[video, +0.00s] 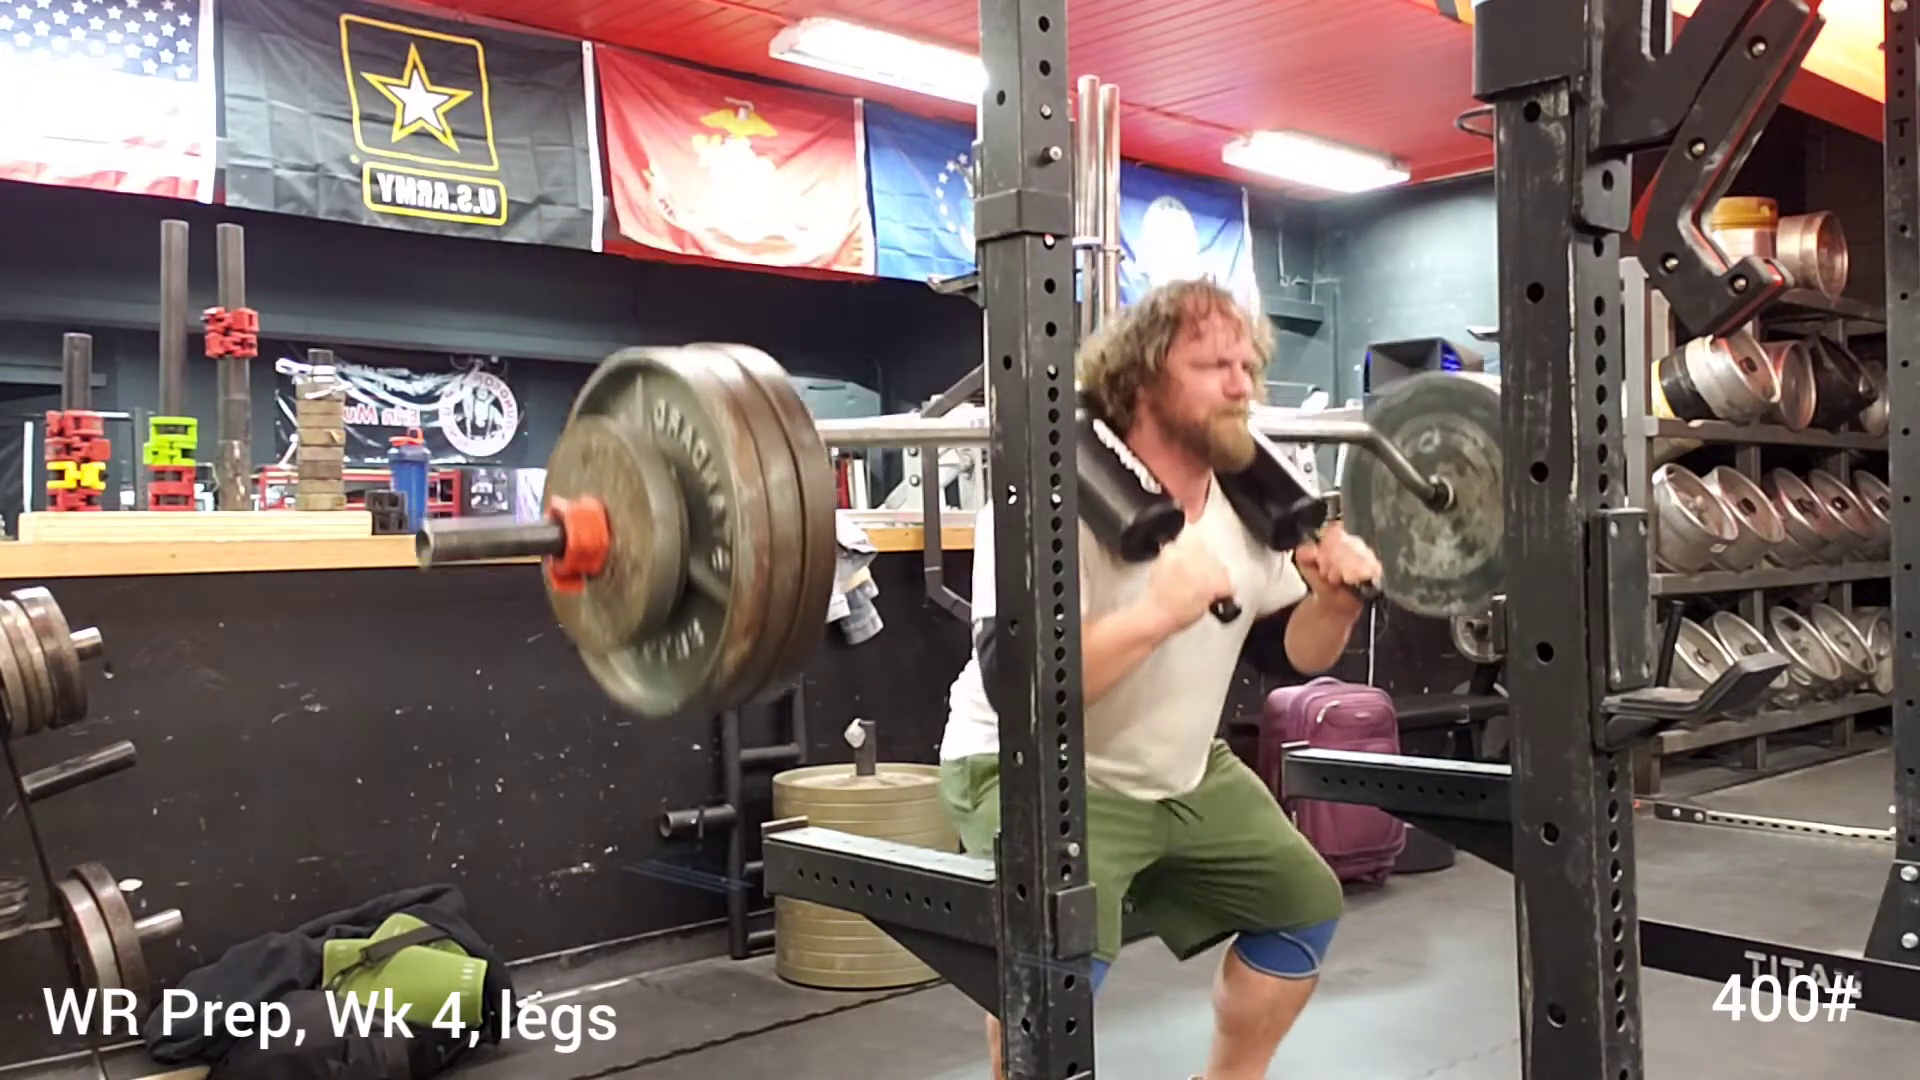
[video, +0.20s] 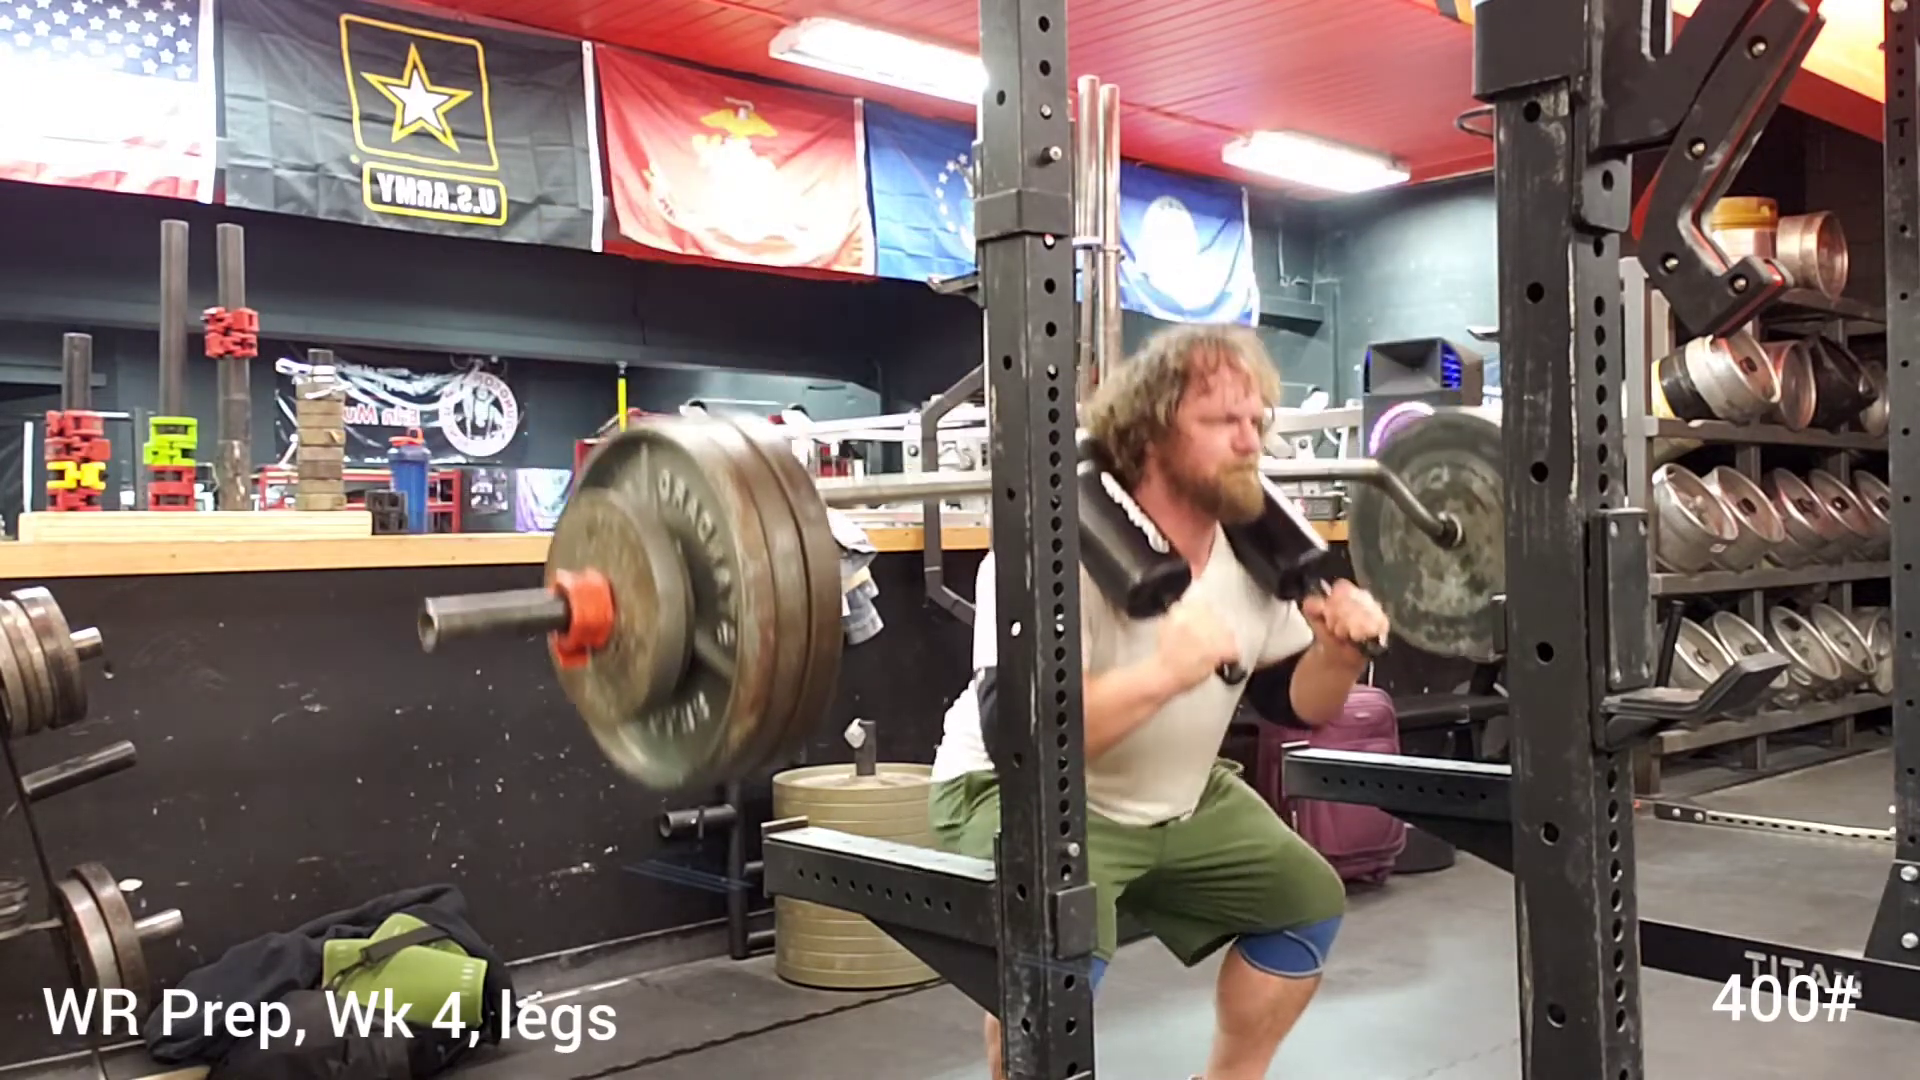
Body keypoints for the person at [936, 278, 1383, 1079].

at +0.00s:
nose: (1240, 386)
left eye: (1247, 366)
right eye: (1213, 366)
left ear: (1258, 373)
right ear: (1145, 381)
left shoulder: (1253, 484)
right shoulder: (1054, 485)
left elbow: (1304, 655)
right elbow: (1019, 684)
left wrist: (1337, 596)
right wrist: (1156, 613)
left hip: (1184, 766)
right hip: (1043, 768)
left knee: (1301, 905)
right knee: (1068, 945)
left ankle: (1231, 1075)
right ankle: (1020, 1069)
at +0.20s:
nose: (1248, 441)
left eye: (1256, 421)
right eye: (1222, 422)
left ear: (1267, 426)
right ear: (1151, 434)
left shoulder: (1260, 528)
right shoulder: (1060, 536)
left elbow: (1306, 704)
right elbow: (1030, 733)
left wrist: (1346, 646)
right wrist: (1161, 676)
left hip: (1177, 787)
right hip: (1030, 792)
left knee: (1304, 904)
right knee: (1067, 942)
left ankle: (1232, 1074)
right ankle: (1016, 1068)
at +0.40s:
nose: (1260, 504)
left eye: (1267, 485)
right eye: (1235, 485)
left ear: (1277, 484)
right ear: (1161, 490)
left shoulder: (1261, 585)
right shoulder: (1065, 594)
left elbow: (1316, 757)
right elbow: (1029, 791)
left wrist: (1348, 702)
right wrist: (1167, 742)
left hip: (1180, 828)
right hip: (1036, 837)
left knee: (1321, 908)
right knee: (1062, 947)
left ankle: (1236, 1073)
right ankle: (1017, 1070)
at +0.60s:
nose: (1269, 569)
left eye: (1276, 548)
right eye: (1244, 548)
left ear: (1287, 541)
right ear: (1169, 552)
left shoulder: (1267, 633)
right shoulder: (1071, 649)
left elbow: (1323, 808)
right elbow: (1023, 842)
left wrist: (1358, 765)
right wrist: (1169, 807)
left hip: (1211, 877)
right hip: (1089, 891)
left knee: (1345, 920)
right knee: (1074, 983)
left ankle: (1237, 1076)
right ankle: (1020, 1069)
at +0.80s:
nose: (1273, 610)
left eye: (1278, 588)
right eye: (1246, 589)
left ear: (1287, 585)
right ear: (1175, 599)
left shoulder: (1276, 685)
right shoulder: (1084, 695)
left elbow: (1332, 848)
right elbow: (1039, 884)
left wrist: (1364, 804)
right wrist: (1182, 846)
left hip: (1228, 929)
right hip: (1107, 939)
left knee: (1359, 931)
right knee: (1087, 986)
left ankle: (1239, 1075)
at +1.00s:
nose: (1274, 615)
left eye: (1278, 593)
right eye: (1246, 595)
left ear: (1289, 593)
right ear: (1175, 603)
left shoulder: (1276, 695)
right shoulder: (1091, 704)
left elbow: (1329, 851)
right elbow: (1043, 885)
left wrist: (1366, 810)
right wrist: (1183, 850)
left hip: (1228, 940)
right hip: (1111, 947)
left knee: (1361, 932)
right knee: (1092, 986)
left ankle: (1243, 1074)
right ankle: (1023, 1068)